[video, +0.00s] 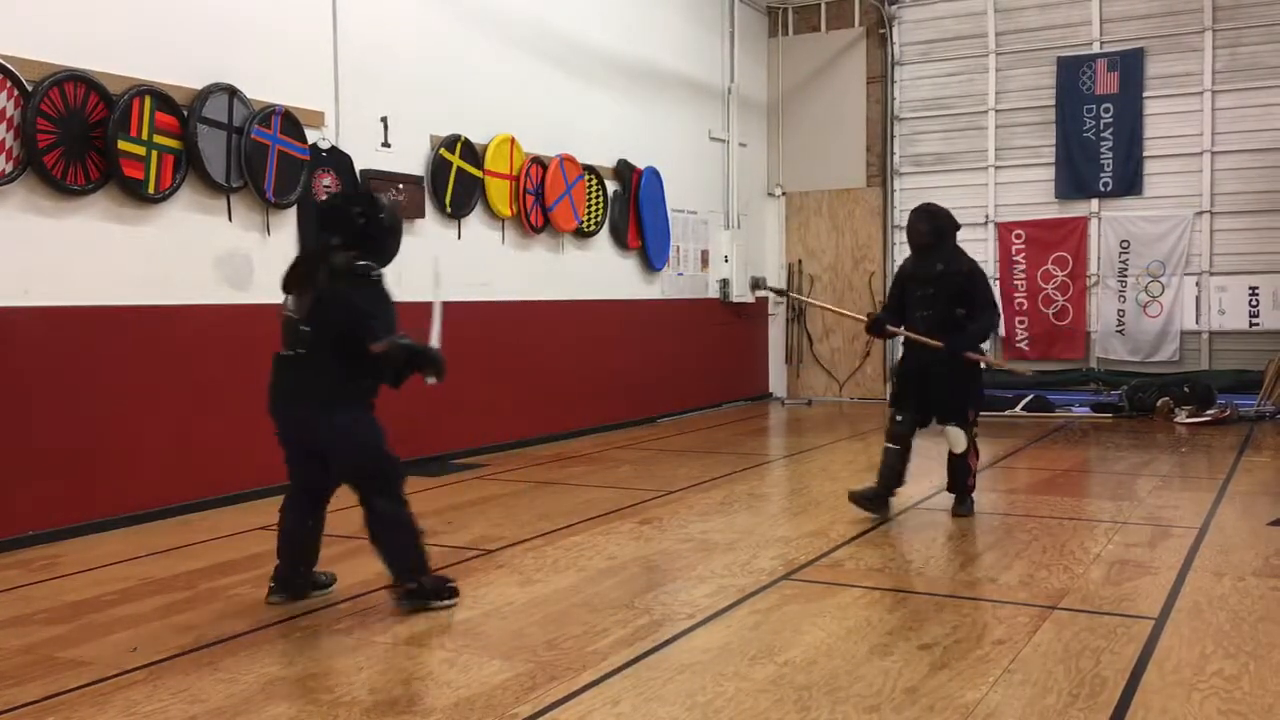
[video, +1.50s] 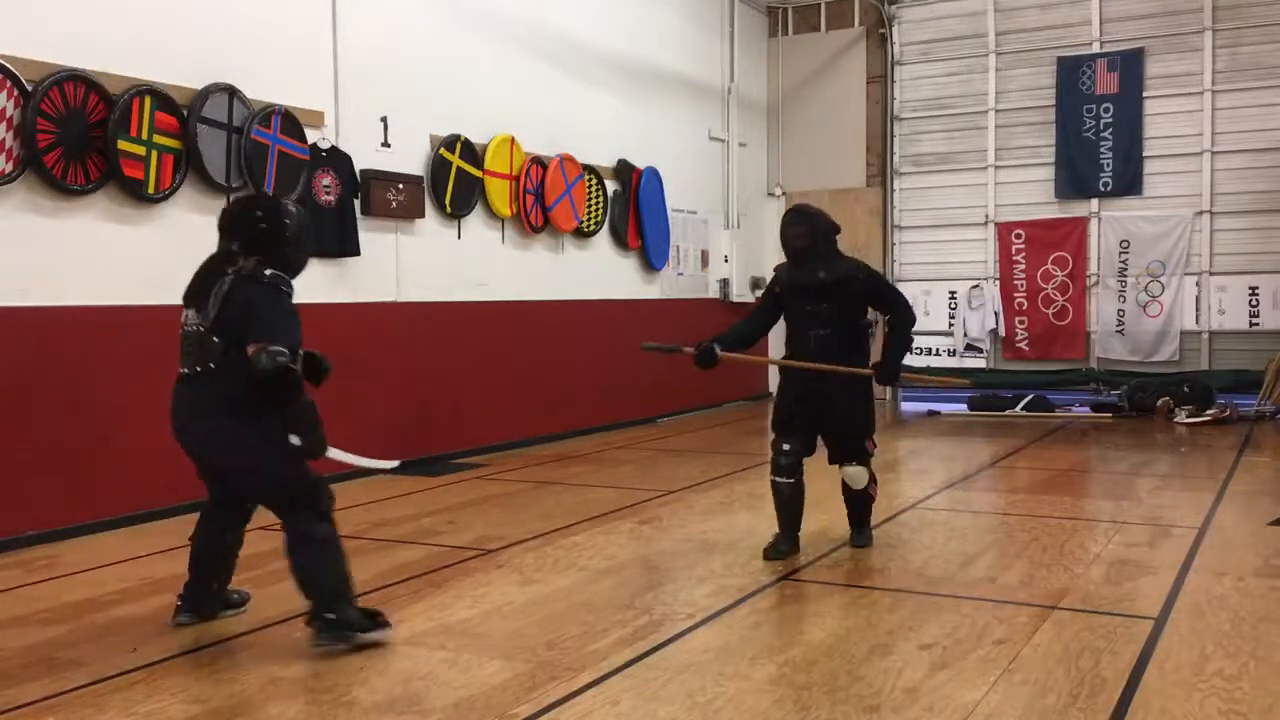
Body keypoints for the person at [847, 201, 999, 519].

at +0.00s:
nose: (912, 235)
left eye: (919, 229)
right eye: (911, 229)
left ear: (938, 231)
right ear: (910, 232)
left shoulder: (964, 269)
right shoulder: (909, 268)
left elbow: (989, 315)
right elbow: (895, 313)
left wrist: (965, 339)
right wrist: (881, 324)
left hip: (956, 362)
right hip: (916, 360)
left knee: (957, 431)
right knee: (899, 425)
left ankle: (963, 495)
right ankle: (882, 491)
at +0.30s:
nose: (876, 240)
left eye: (881, 233)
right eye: (872, 233)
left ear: (898, 233)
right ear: (870, 236)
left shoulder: (926, 270)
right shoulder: (869, 271)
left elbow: (955, 317)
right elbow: (854, 312)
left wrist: (923, 342)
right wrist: (843, 331)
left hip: (915, 368)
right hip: (874, 367)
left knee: (925, 437)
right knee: (865, 433)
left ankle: (955, 488)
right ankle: (865, 505)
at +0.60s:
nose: (850, 236)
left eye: (857, 229)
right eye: (846, 229)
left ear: (874, 228)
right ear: (841, 229)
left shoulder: (900, 265)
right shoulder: (838, 266)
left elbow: (932, 312)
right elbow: (822, 310)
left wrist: (901, 340)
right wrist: (823, 326)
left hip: (889, 364)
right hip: (850, 364)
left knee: (884, 435)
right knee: (855, 434)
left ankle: (882, 510)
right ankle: (863, 504)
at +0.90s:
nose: (835, 229)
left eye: (842, 222)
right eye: (833, 222)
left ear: (861, 225)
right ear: (831, 225)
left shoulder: (889, 268)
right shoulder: (827, 265)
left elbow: (927, 316)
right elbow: (806, 304)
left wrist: (925, 362)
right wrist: (786, 316)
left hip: (875, 365)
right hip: (833, 364)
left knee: (865, 439)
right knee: (833, 439)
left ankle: (861, 520)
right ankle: (855, 499)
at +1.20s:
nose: (823, 226)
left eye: (830, 218)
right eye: (819, 219)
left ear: (848, 221)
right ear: (813, 222)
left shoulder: (877, 265)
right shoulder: (810, 265)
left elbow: (917, 310)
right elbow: (787, 305)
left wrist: (918, 359)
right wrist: (757, 324)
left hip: (863, 370)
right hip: (817, 368)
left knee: (859, 446)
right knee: (803, 441)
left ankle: (860, 523)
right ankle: (804, 521)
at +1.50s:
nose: (792, 245)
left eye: (798, 237)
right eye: (788, 238)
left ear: (817, 236)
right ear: (785, 239)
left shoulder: (854, 274)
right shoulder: (786, 279)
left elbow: (903, 312)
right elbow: (757, 322)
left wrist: (891, 363)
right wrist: (718, 345)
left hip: (846, 385)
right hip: (798, 385)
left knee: (854, 466)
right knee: (785, 460)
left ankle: (860, 526)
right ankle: (788, 536)